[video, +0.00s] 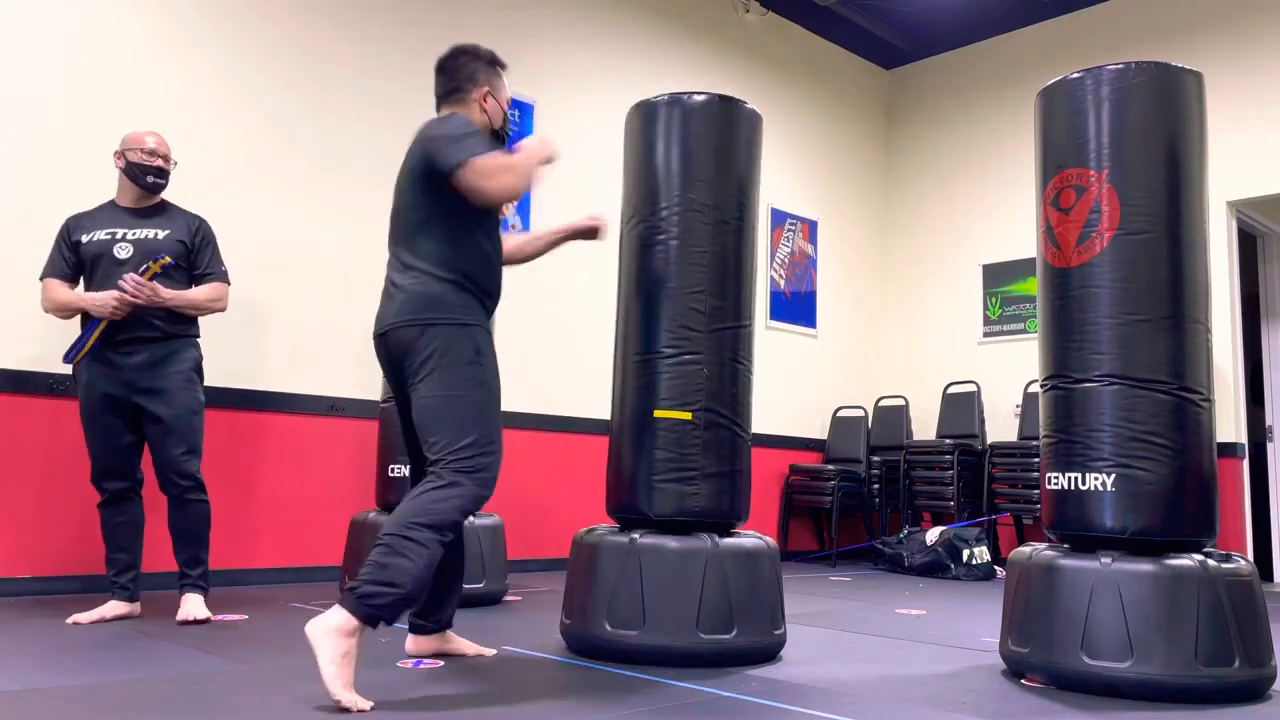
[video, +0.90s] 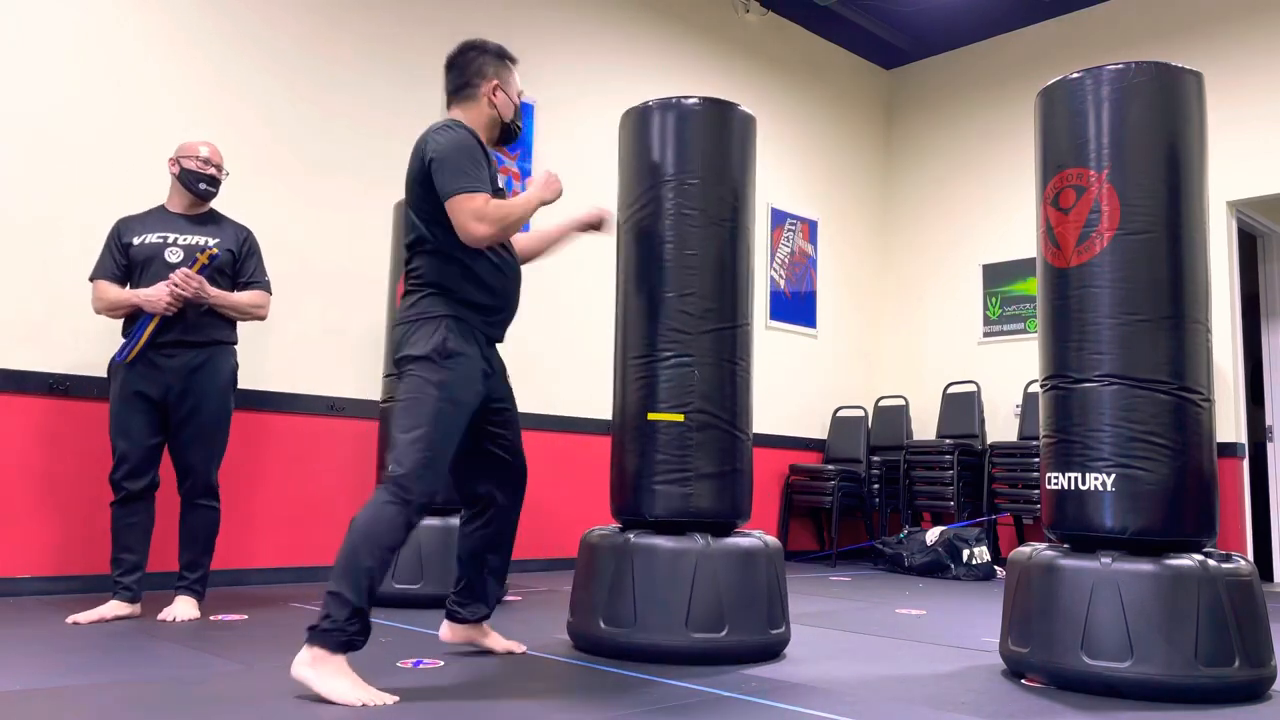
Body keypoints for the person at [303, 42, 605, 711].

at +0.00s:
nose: (508, 108)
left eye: (507, 100)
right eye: (505, 98)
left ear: (450, 95)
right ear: (487, 95)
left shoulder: (445, 151)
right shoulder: (455, 130)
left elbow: (493, 251)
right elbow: (490, 185)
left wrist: (567, 230)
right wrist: (535, 152)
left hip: (414, 321)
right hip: (443, 319)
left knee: (441, 474)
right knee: (467, 470)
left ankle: (429, 629)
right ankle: (347, 620)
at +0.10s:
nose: (512, 117)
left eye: (509, 109)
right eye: (511, 108)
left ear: (448, 108)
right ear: (499, 106)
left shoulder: (403, 161)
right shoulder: (512, 142)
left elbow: (426, 232)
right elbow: (625, 179)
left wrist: (497, 225)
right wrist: (662, 195)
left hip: (391, 319)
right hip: (450, 315)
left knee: (420, 477)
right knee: (419, 479)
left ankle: (429, 629)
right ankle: (319, 627)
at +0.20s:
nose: (512, 119)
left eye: (511, 111)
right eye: (512, 110)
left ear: (447, 108)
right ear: (500, 107)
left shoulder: (399, 163)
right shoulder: (506, 139)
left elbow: (400, 249)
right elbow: (615, 180)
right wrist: (644, 195)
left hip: (389, 319)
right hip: (446, 315)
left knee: (418, 476)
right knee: (410, 475)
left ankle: (428, 630)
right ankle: (310, 637)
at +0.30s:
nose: (505, 113)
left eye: (502, 104)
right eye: (502, 103)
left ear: (440, 105)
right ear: (487, 101)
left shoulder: (394, 162)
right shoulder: (493, 142)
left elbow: (399, 251)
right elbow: (574, 219)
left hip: (392, 316)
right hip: (443, 315)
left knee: (423, 484)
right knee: (410, 486)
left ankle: (429, 629)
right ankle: (323, 654)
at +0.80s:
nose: (504, 88)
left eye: (501, 78)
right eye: (500, 76)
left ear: (451, 78)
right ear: (479, 75)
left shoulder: (453, 137)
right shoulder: (450, 131)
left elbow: (472, 227)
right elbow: (481, 229)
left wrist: (511, 206)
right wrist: (529, 190)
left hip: (457, 335)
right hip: (429, 328)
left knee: (496, 468)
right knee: (381, 486)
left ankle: (463, 617)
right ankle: (316, 660)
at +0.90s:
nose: (521, 100)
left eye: (518, 89)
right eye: (515, 87)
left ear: (477, 93)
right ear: (492, 89)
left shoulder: (480, 162)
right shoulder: (451, 140)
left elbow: (508, 249)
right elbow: (475, 226)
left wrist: (576, 224)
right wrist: (537, 194)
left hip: (477, 343)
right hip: (441, 335)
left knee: (501, 481)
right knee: (408, 487)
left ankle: (467, 621)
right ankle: (324, 649)